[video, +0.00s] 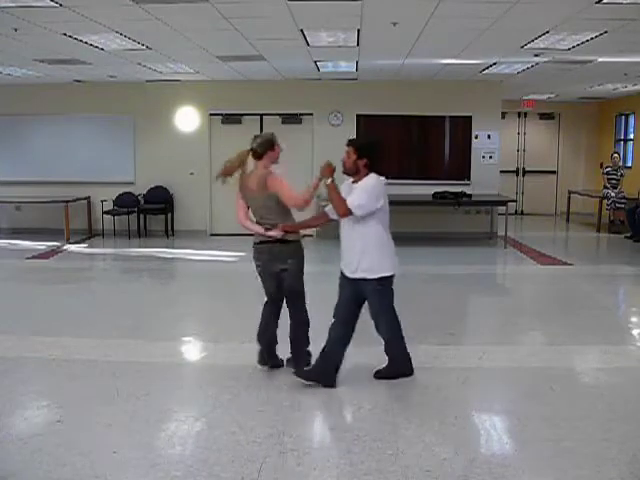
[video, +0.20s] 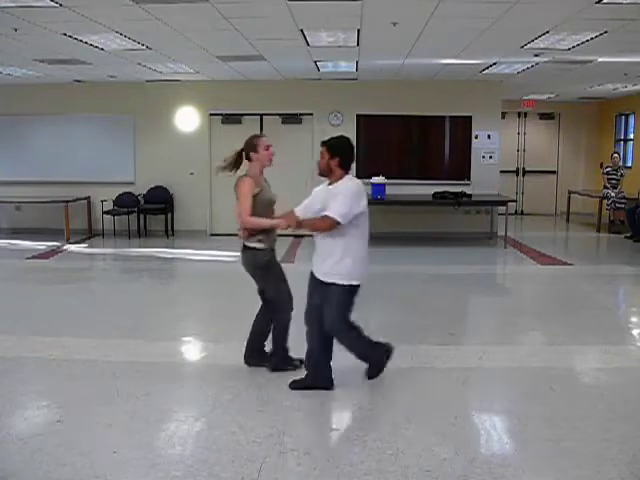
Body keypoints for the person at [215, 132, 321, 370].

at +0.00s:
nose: (279, 152)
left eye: (278, 148)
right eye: (277, 149)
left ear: (257, 153)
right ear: (269, 152)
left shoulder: (244, 180)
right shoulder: (272, 179)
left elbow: (242, 219)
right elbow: (298, 203)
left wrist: (266, 232)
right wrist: (316, 183)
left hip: (263, 247)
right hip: (288, 247)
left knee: (273, 299)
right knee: (296, 304)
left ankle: (266, 352)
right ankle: (301, 358)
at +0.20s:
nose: (272, 152)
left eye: (271, 148)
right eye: (267, 149)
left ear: (258, 155)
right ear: (253, 155)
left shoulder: (261, 180)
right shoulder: (247, 183)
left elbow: (262, 214)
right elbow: (245, 220)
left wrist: (284, 219)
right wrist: (277, 223)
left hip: (262, 250)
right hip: (257, 253)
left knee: (271, 302)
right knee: (283, 302)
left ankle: (254, 351)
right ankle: (279, 356)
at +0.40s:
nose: (261, 152)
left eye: (262, 148)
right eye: (256, 148)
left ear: (261, 153)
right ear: (242, 154)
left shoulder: (259, 181)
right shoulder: (231, 181)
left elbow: (262, 211)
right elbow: (220, 216)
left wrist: (280, 209)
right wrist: (244, 211)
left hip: (256, 250)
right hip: (237, 250)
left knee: (262, 303)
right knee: (252, 303)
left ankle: (253, 352)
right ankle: (216, 349)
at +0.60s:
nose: (256, 152)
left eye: (257, 148)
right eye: (251, 148)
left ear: (256, 152)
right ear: (237, 152)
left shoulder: (253, 183)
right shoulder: (224, 180)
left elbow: (258, 218)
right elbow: (215, 216)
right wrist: (232, 193)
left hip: (244, 254)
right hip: (223, 253)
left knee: (258, 304)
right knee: (216, 309)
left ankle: (252, 353)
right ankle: (196, 358)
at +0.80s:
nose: (250, 166)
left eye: (252, 161)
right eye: (246, 160)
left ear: (255, 161)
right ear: (237, 158)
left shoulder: (259, 186)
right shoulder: (223, 186)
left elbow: (267, 223)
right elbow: (219, 230)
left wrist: (235, 229)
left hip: (250, 254)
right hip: (228, 253)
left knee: (250, 317)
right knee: (219, 309)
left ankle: (244, 369)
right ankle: (195, 357)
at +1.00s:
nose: (267, 157)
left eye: (267, 152)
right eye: (263, 153)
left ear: (230, 157)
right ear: (255, 159)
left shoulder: (217, 178)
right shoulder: (268, 190)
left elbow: (226, 154)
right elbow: (278, 230)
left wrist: (253, 136)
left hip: (217, 267)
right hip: (253, 271)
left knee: (216, 318)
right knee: (250, 329)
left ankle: (212, 377)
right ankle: (239, 389)